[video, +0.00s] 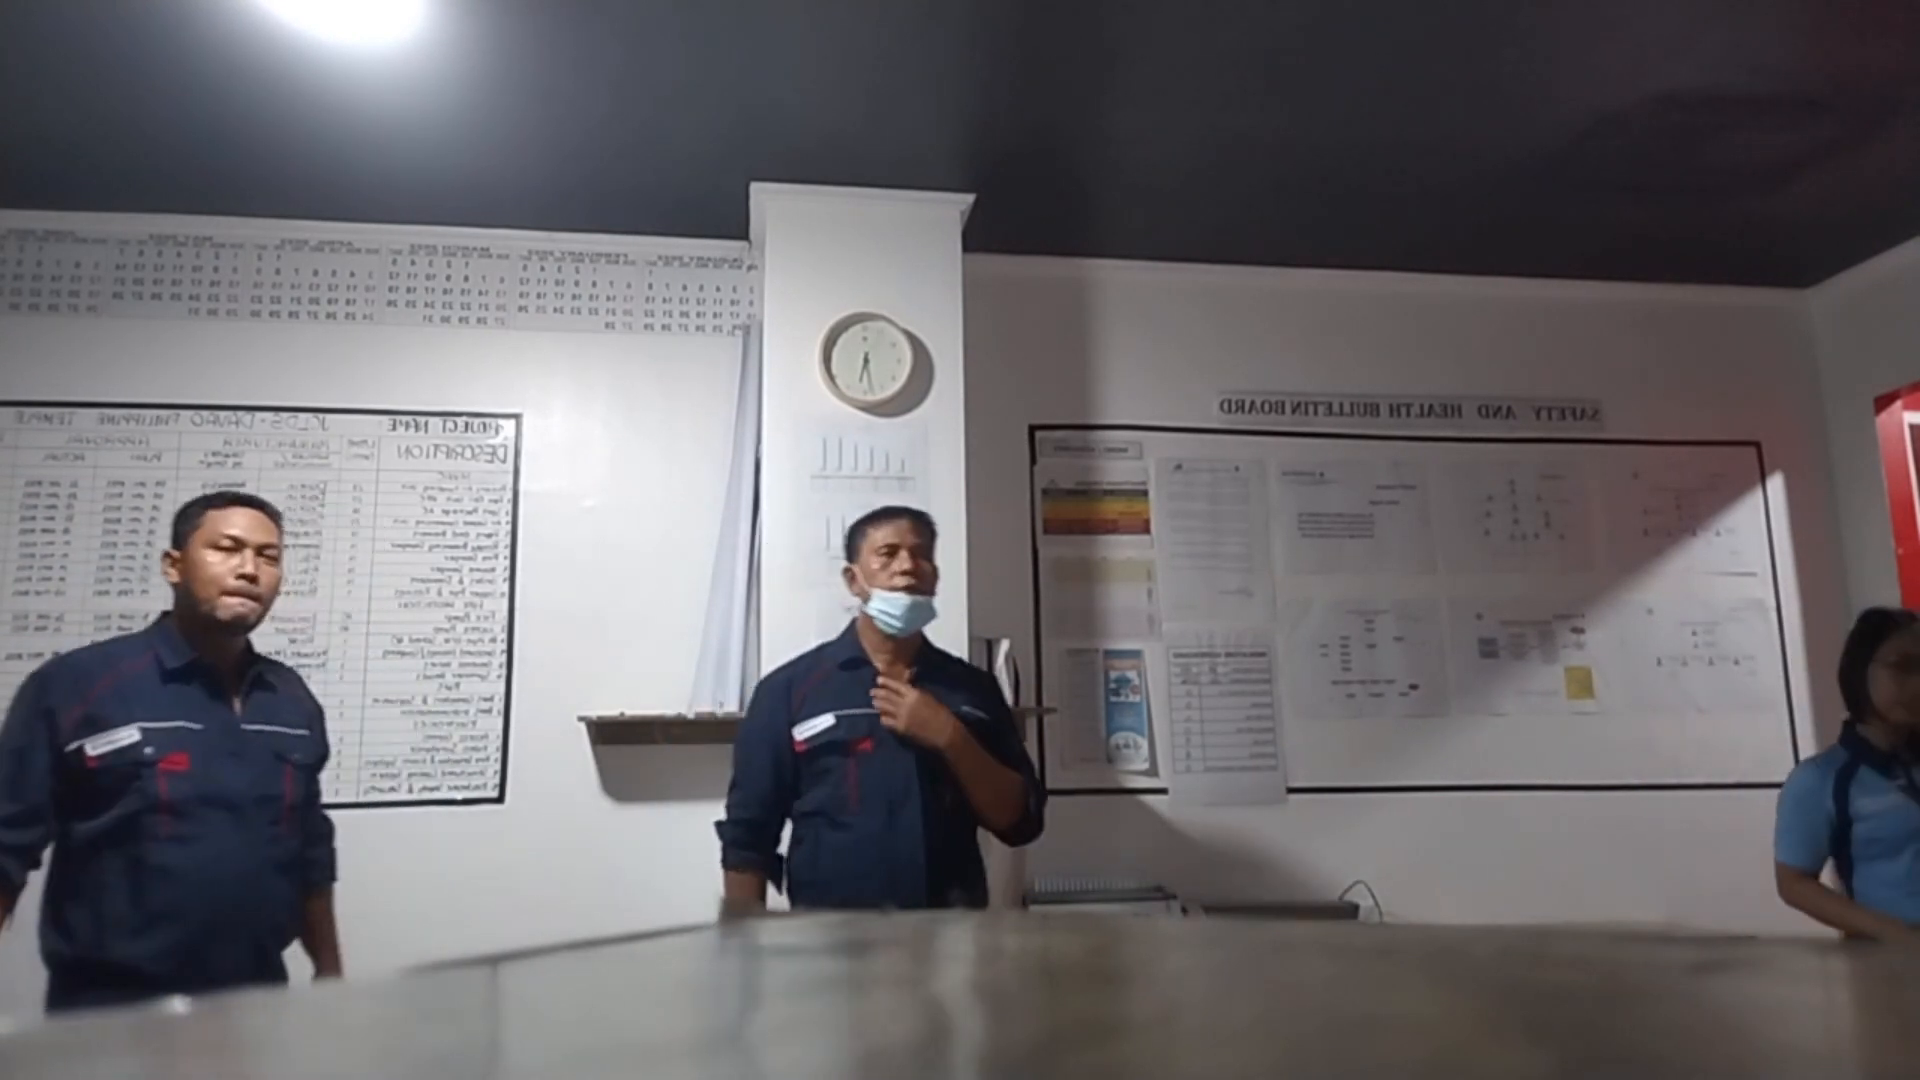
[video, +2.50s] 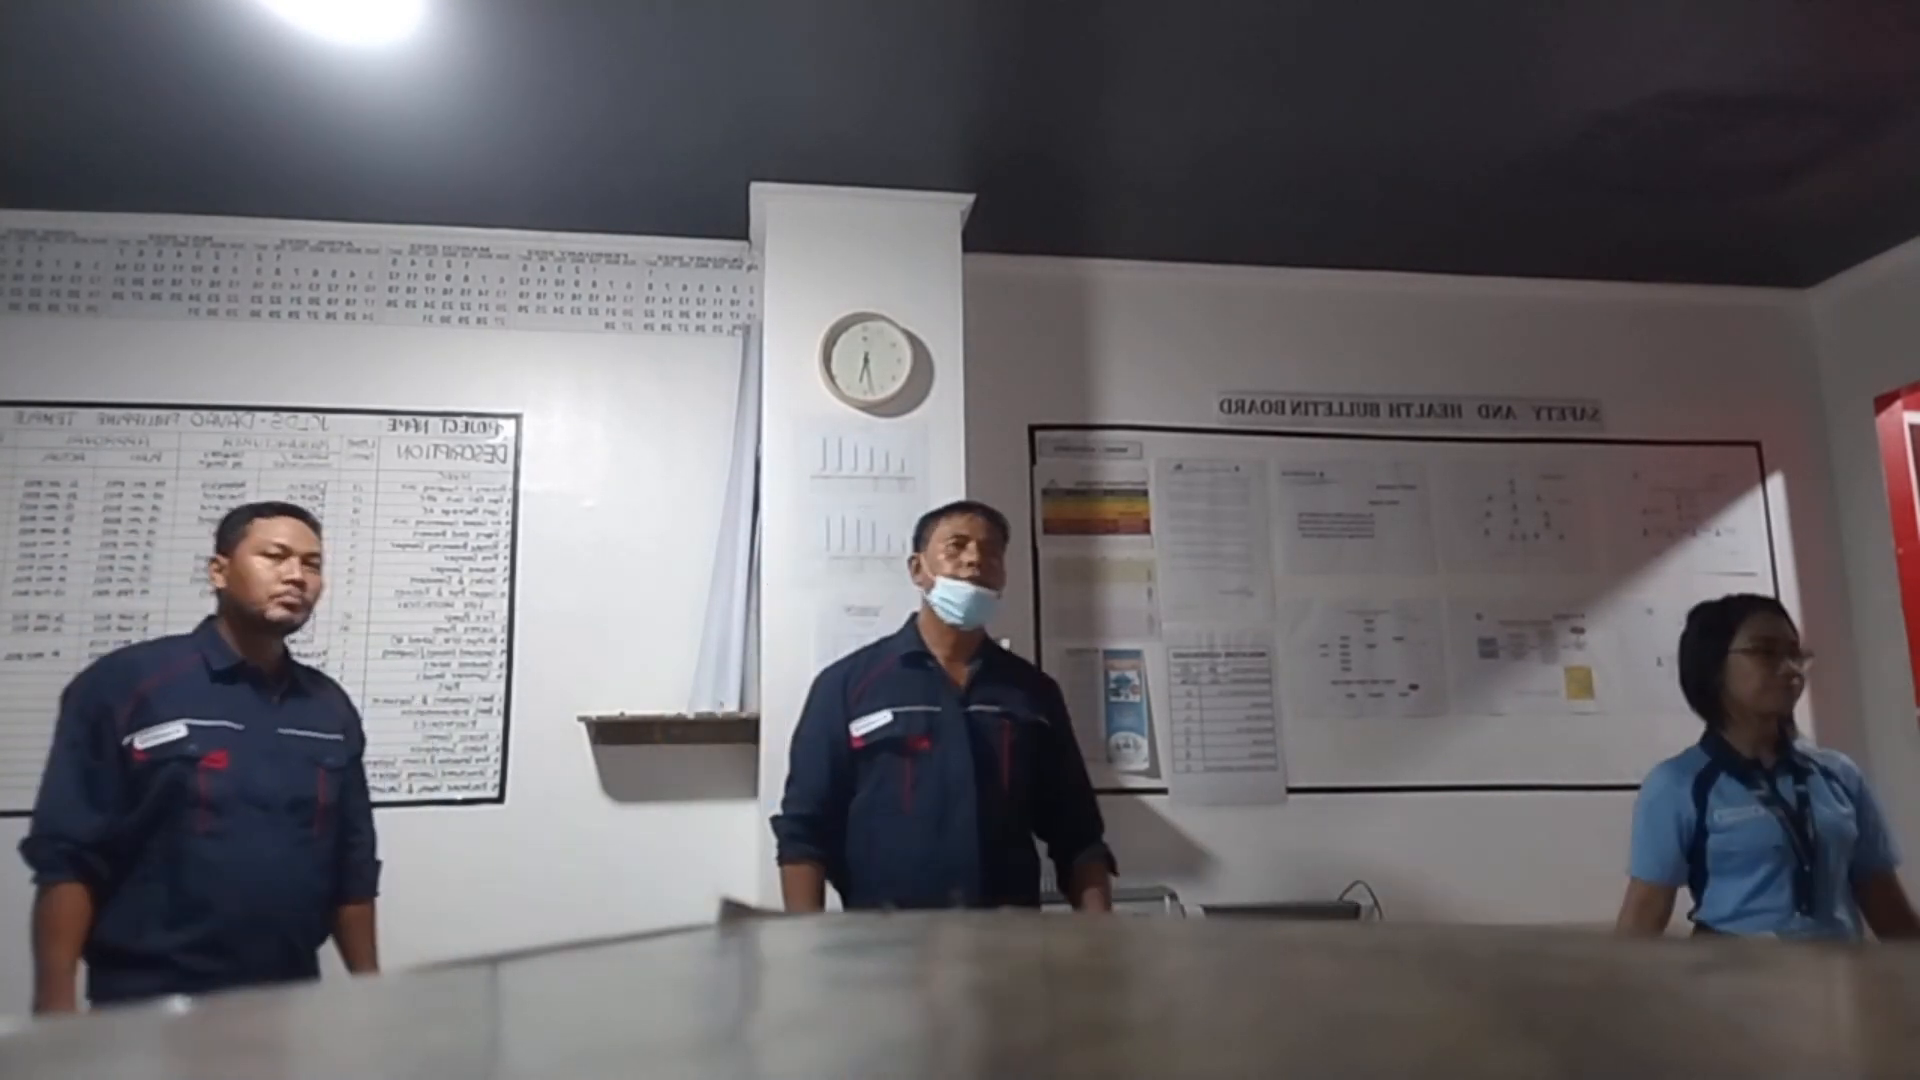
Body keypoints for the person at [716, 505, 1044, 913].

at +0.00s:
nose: (908, 566)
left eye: (921, 555)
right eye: (888, 555)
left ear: (935, 577)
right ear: (854, 578)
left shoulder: (972, 689)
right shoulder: (786, 695)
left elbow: (1022, 824)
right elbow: (746, 850)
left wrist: (951, 737)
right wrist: (745, 970)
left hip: (951, 940)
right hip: (829, 944)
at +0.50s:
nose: (963, 572)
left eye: (980, 563)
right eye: (945, 559)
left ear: (1001, 590)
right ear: (917, 582)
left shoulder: (1023, 699)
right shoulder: (841, 681)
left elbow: (1051, 830)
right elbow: (788, 815)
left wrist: (978, 725)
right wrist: (786, 939)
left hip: (985, 941)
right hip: (861, 940)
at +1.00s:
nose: (930, 566)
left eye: (948, 559)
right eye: (914, 554)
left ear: (966, 589)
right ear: (883, 579)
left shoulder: (992, 696)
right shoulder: (805, 682)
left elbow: (1018, 829)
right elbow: (752, 821)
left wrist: (945, 722)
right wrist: (749, 940)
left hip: (952, 943)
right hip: (827, 941)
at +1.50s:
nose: (827, 563)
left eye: (843, 550)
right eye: (806, 551)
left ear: (866, 574)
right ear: (779, 579)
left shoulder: (916, 676)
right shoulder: (721, 693)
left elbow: (956, 811)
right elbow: (676, 848)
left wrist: (871, 728)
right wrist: (681, 976)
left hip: (886, 940)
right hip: (763, 942)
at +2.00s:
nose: (850, 556)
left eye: (865, 546)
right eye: (829, 543)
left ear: (881, 570)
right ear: (795, 570)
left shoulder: (929, 681)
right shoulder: (732, 698)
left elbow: (976, 822)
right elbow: (695, 853)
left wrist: (991, 943)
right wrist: (712, 973)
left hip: (913, 942)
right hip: (782, 945)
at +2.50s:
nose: (974, 559)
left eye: (988, 552)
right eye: (956, 546)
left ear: (1002, 579)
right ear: (919, 569)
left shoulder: (1034, 694)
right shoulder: (845, 688)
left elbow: (1076, 833)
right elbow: (801, 831)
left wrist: (1100, 939)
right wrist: (810, 954)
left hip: (1009, 949)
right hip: (883, 949)